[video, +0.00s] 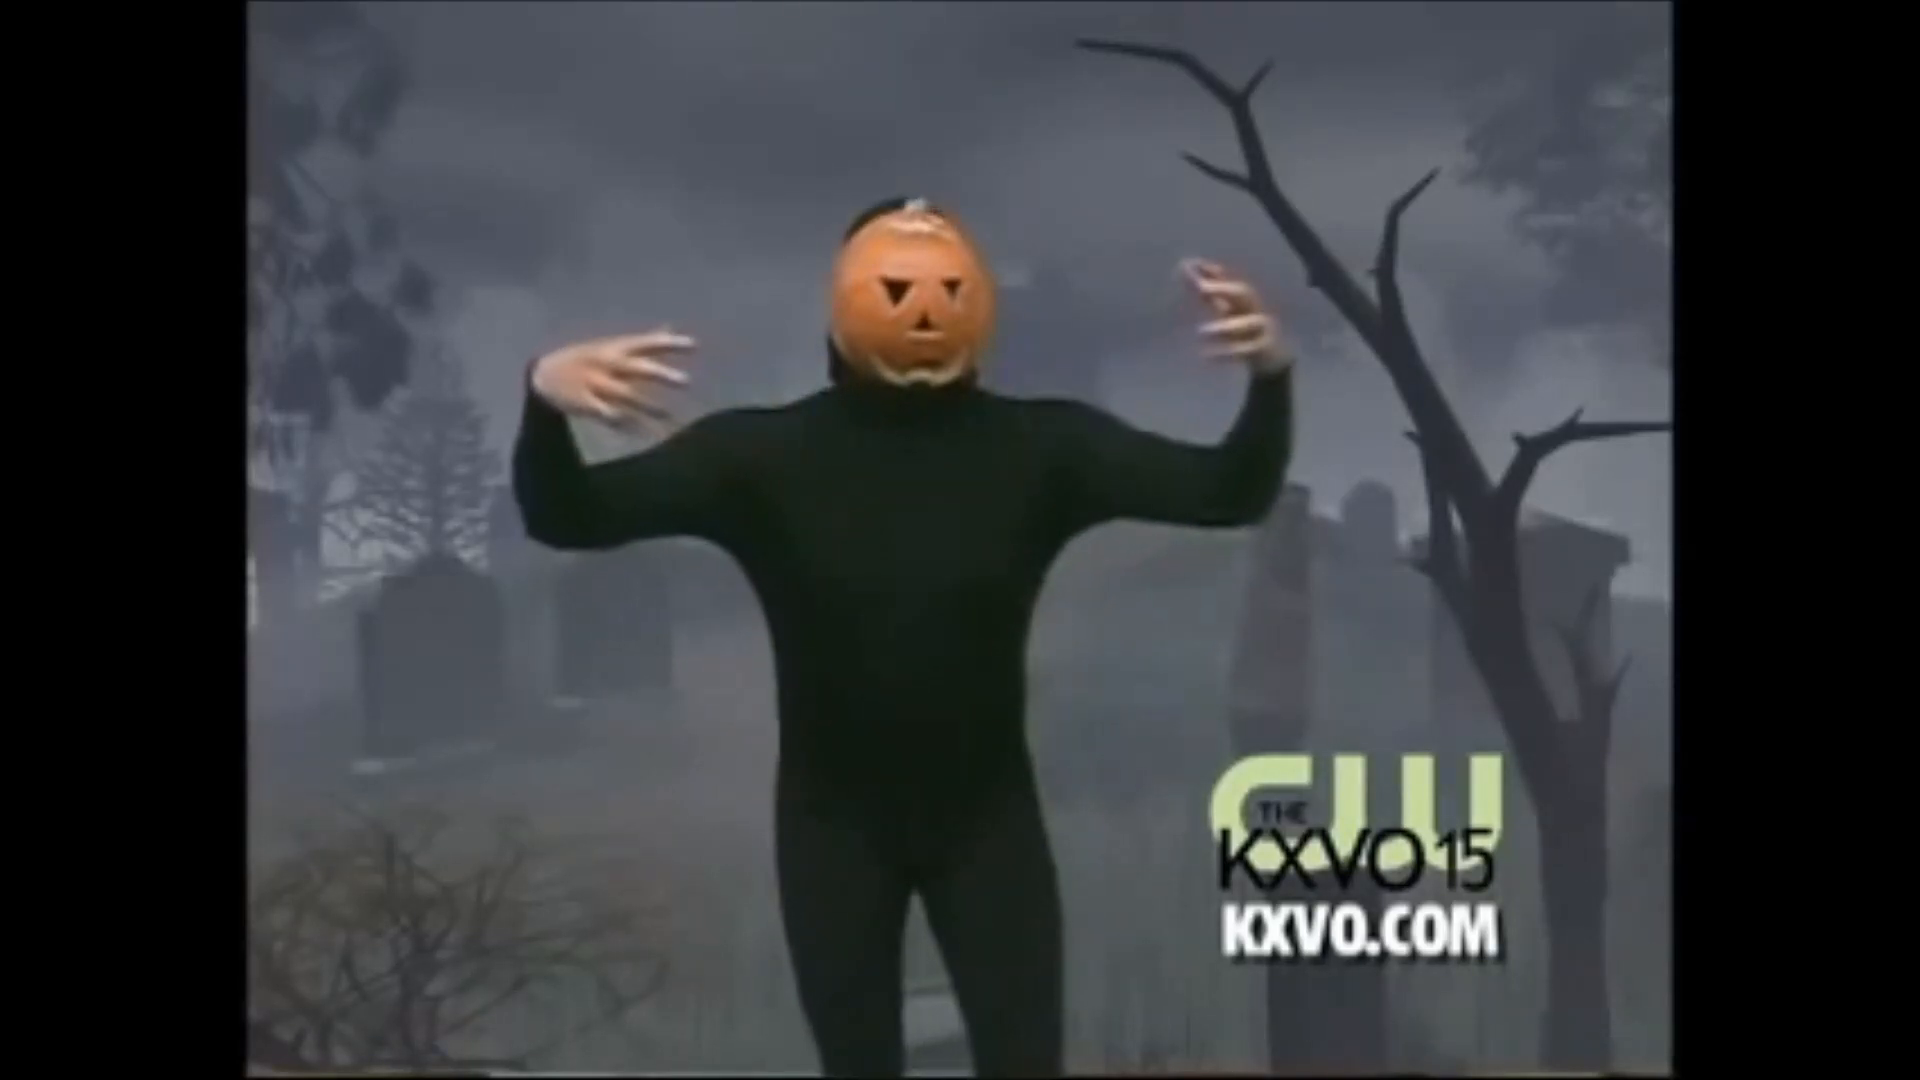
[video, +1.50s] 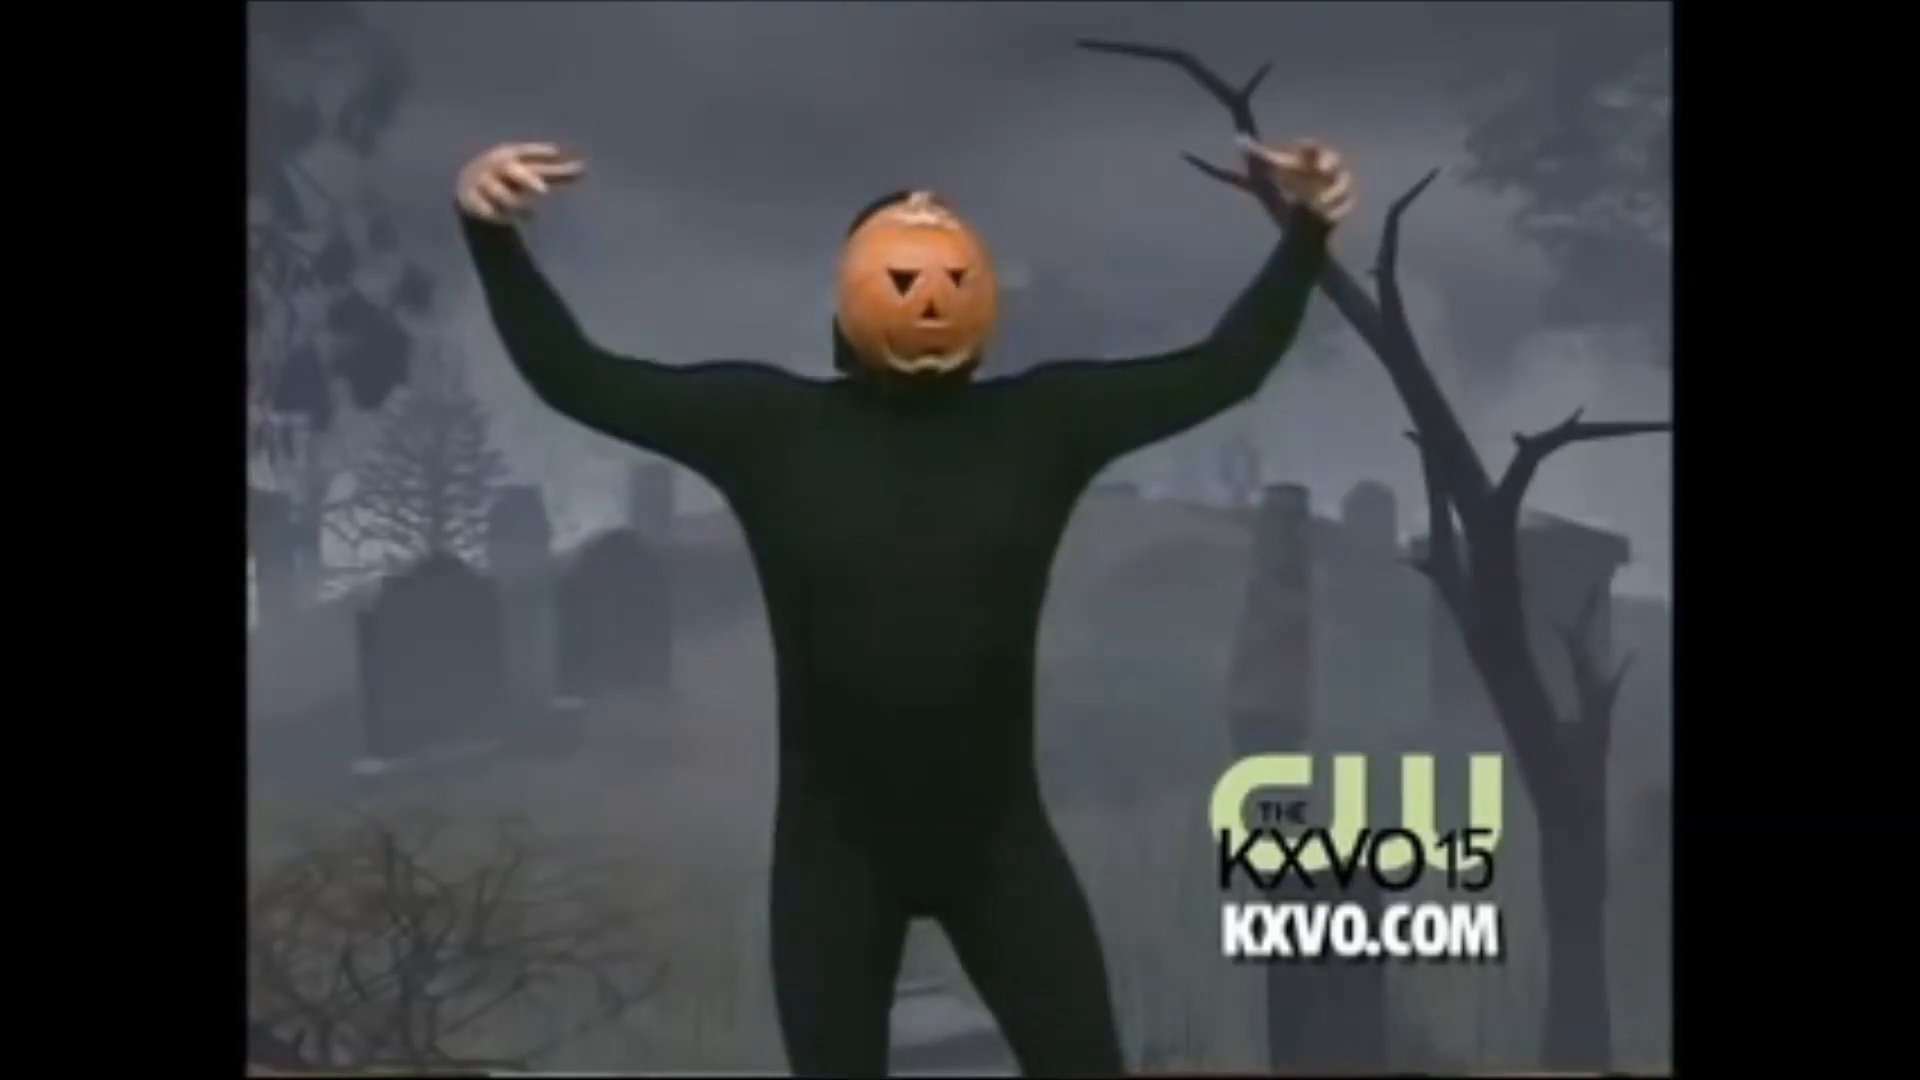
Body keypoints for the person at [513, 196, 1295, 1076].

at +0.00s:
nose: (926, 305)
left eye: (951, 287)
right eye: (893, 285)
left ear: (985, 314)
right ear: (836, 314)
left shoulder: (1046, 446)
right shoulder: (756, 453)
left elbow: (1236, 491)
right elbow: (565, 512)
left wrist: (1271, 376)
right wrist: (545, 400)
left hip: (988, 817)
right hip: (832, 823)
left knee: (1026, 1060)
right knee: (858, 1061)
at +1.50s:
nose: (926, 260)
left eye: (952, 250)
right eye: (892, 247)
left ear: (988, 309)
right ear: (838, 309)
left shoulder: (1053, 420)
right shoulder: (761, 423)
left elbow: (1229, 366)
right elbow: (571, 373)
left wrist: (1305, 234)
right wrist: (491, 233)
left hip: (1000, 838)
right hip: (833, 846)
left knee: (1087, 1068)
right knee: (834, 1072)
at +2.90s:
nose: (928, 281)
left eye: (953, 266)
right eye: (896, 265)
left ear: (993, 299)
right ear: (842, 302)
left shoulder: (1035, 399)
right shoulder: (776, 400)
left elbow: (1171, 260)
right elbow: (619, 255)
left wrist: (1240, 81)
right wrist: (544, 60)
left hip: (997, 837)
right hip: (830, 845)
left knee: (1088, 1064)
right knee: (818, 1066)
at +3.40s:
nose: (933, 297)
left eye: (958, 283)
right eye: (901, 281)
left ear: (998, 316)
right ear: (852, 319)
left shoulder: (1032, 417)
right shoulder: (791, 417)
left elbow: (1155, 253)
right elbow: (675, 260)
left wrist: (1114, 54)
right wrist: (712, 48)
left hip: (1000, 844)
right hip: (831, 850)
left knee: (1091, 1066)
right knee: (819, 1067)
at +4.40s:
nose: (943, 346)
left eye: (967, 328)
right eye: (911, 328)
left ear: (1002, 358)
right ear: (858, 358)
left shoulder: (1049, 465)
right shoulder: (783, 471)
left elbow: (1221, 372)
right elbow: (610, 396)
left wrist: (1169, 230)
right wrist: (683, 229)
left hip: (998, 861)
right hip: (835, 868)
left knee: (1083, 1065)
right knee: (825, 1068)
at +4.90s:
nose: (939, 353)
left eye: (965, 331)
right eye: (905, 332)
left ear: (1001, 362)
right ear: (853, 366)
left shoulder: (1057, 481)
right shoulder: (775, 487)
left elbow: (1241, 465)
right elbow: (578, 495)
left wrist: (1280, 311)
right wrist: (557, 321)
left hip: (995, 865)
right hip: (831, 871)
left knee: (1078, 1066)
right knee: (824, 1067)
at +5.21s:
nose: (930, 349)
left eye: (956, 331)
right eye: (899, 332)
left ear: (992, 364)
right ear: (848, 368)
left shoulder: (1047, 494)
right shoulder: (777, 503)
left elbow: (1232, 524)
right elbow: (585, 584)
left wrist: (1344, 385)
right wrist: (472, 431)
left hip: (989, 866)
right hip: (825, 873)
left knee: (1067, 1064)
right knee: (822, 1070)